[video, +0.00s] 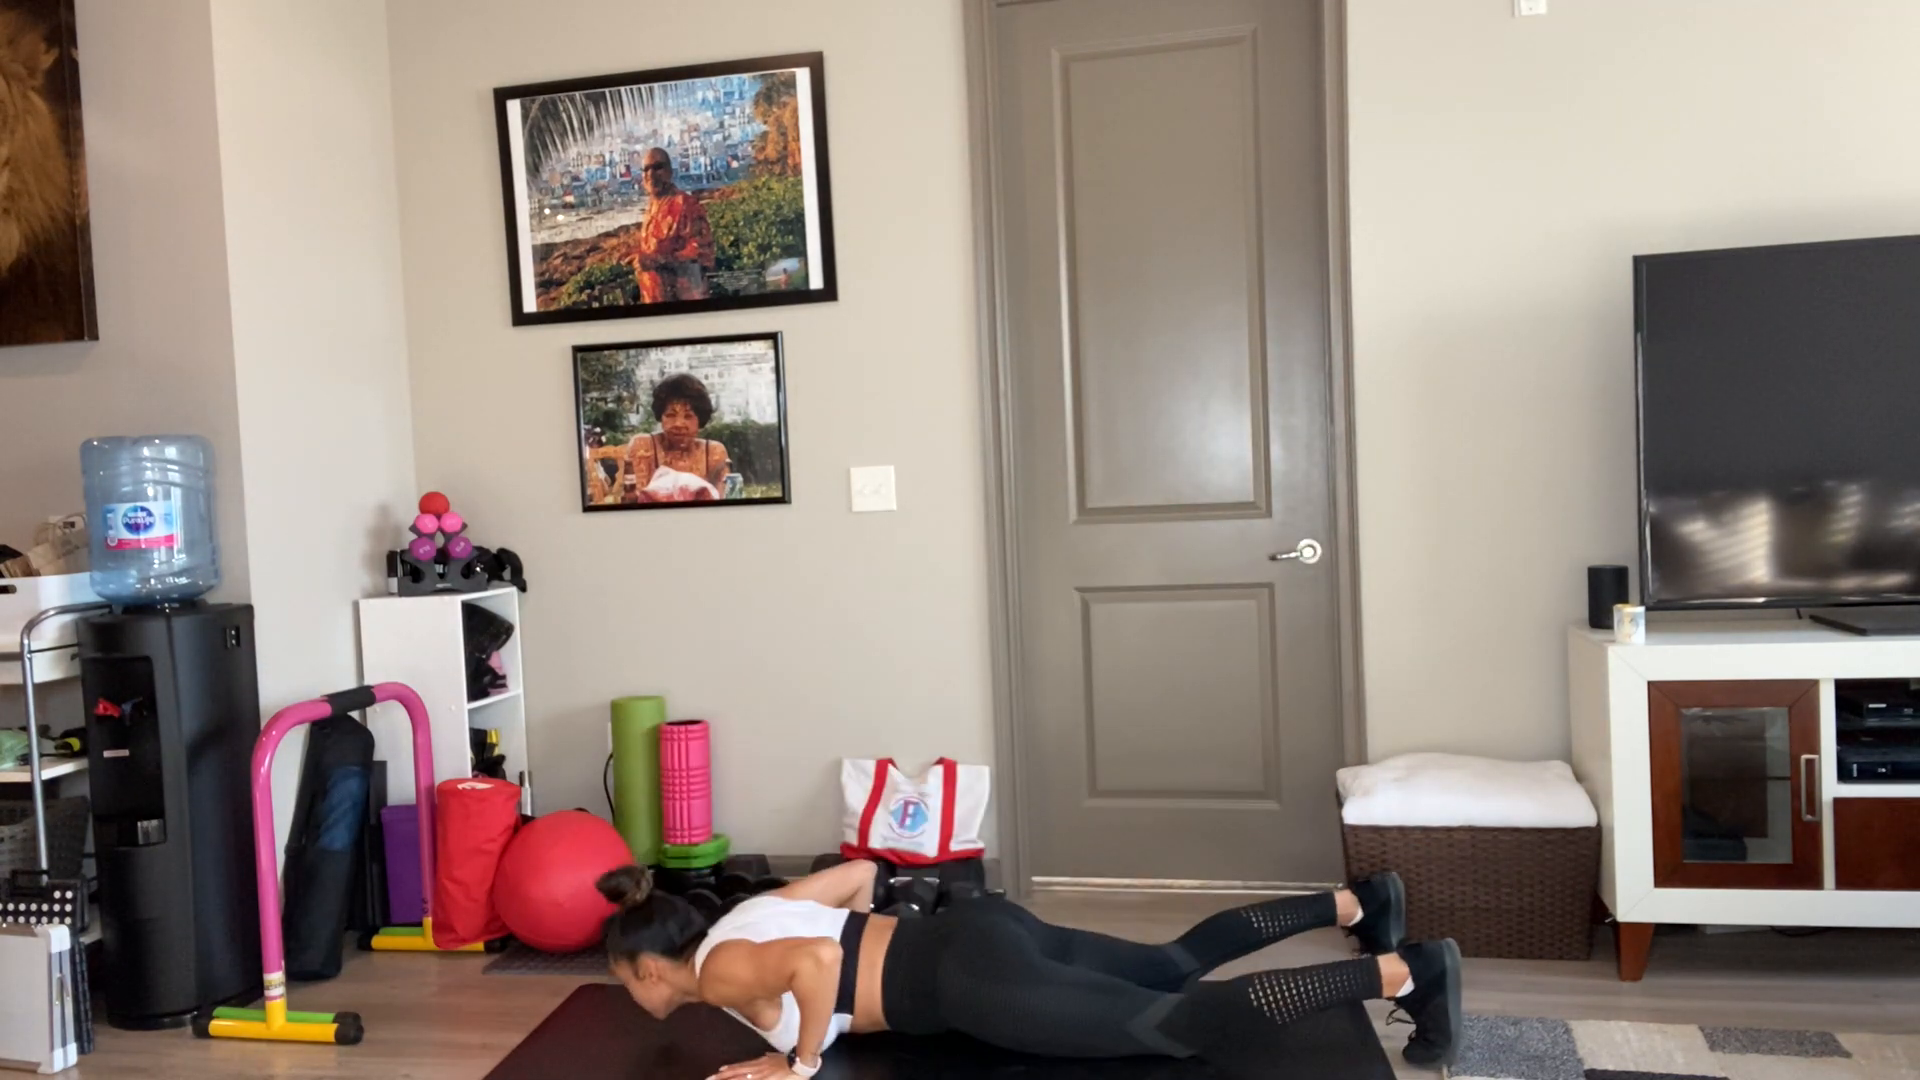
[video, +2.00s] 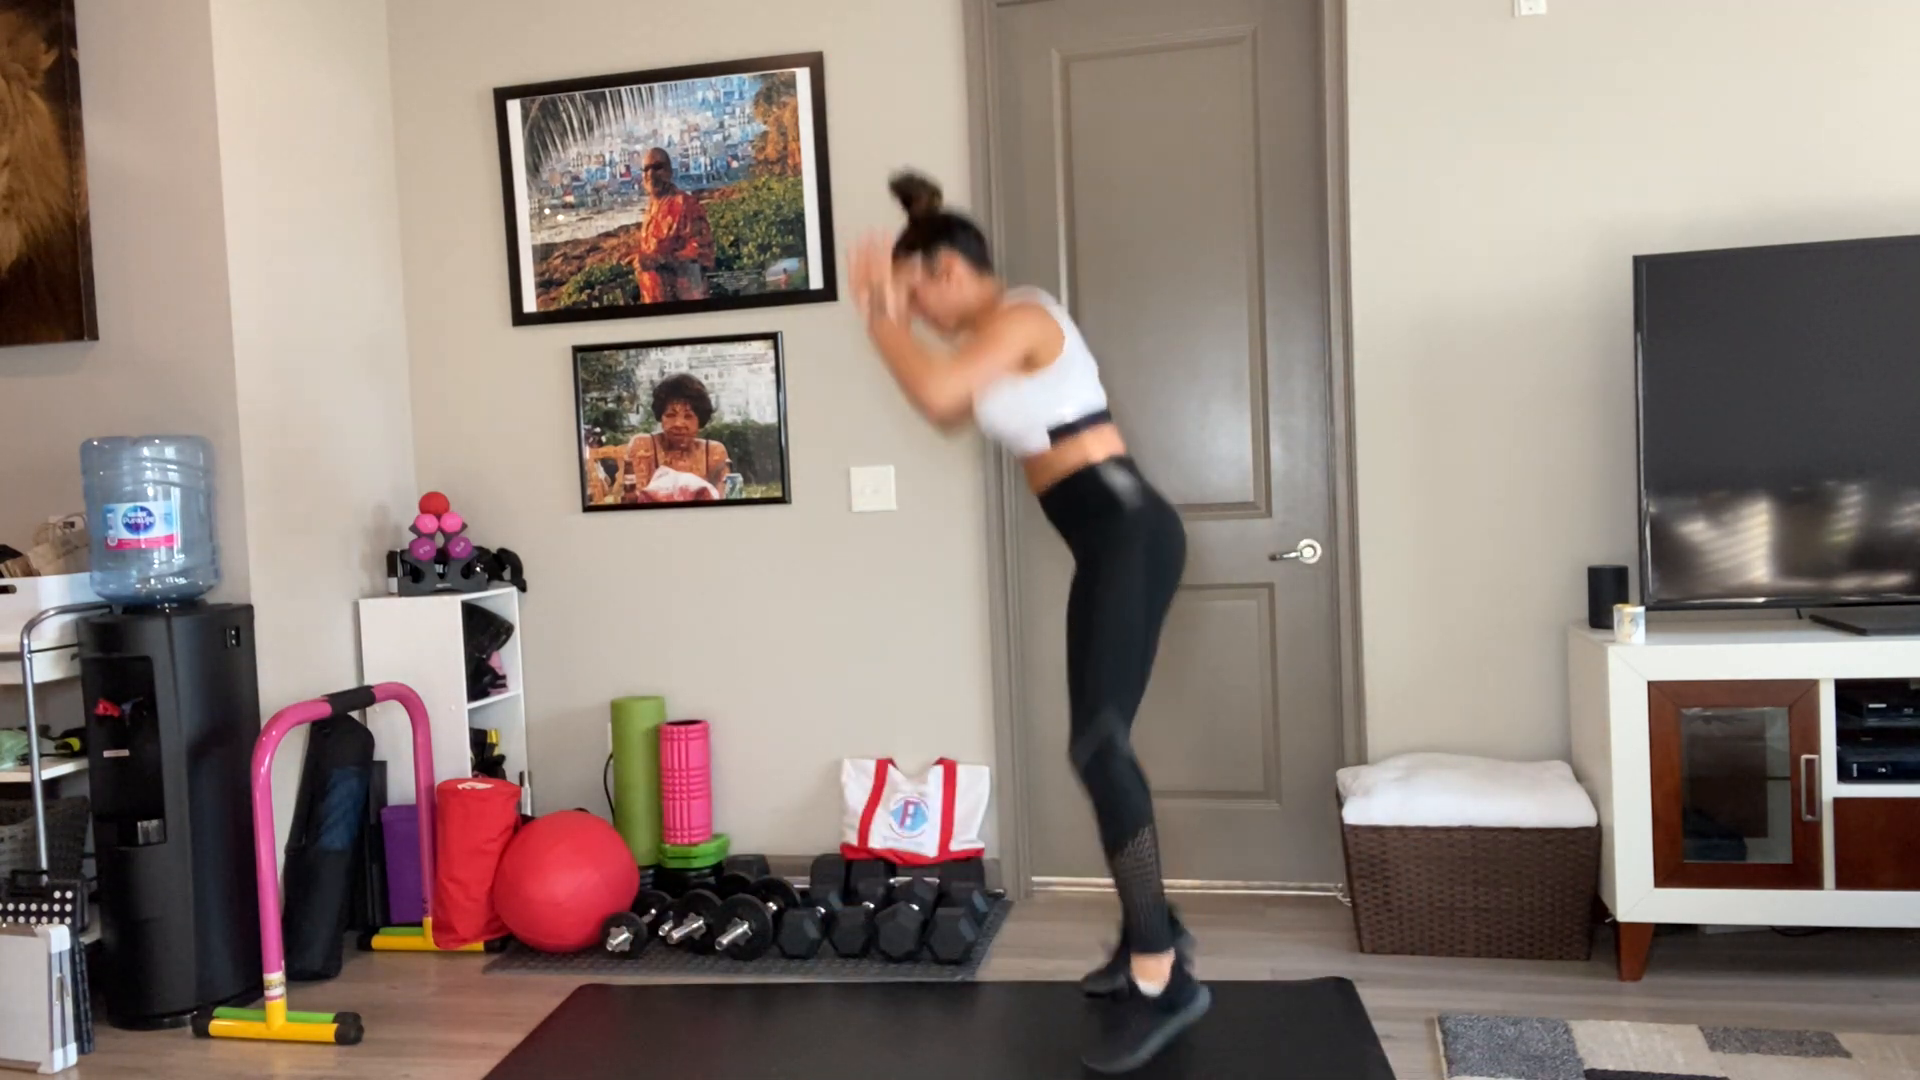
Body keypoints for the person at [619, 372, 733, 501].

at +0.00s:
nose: (679, 424)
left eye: (688, 416)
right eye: (670, 415)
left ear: (701, 420)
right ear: (660, 418)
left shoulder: (715, 451)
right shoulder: (641, 446)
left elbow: (721, 500)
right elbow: (634, 499)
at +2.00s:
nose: (679, 424)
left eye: (688, 416)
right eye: (671, 415)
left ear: (701, 420)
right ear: (660, 418)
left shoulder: (715, 451)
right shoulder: (642, 446)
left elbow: (719, 501)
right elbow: (638, 499)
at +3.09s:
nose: (679, 424)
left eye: (688, 416)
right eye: (670, 415)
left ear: (700, 420)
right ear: (660, 417)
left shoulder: (714, 451)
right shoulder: (641, 446)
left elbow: (722, 499)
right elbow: (629, 499)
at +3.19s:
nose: (679, 424)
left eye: (688, 416)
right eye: (670, 415)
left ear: (700, 420)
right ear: (660, 417)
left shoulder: (714, 451)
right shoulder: (641, 446)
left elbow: (722, 499)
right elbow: (628, 499)